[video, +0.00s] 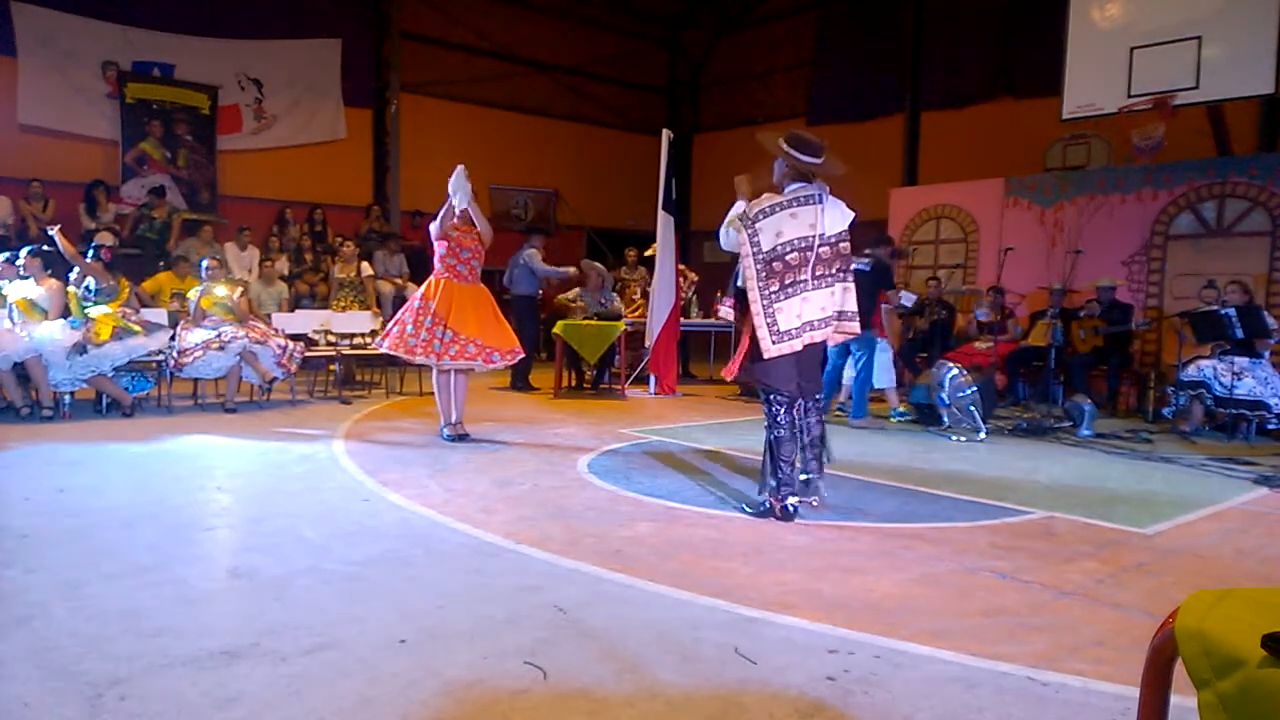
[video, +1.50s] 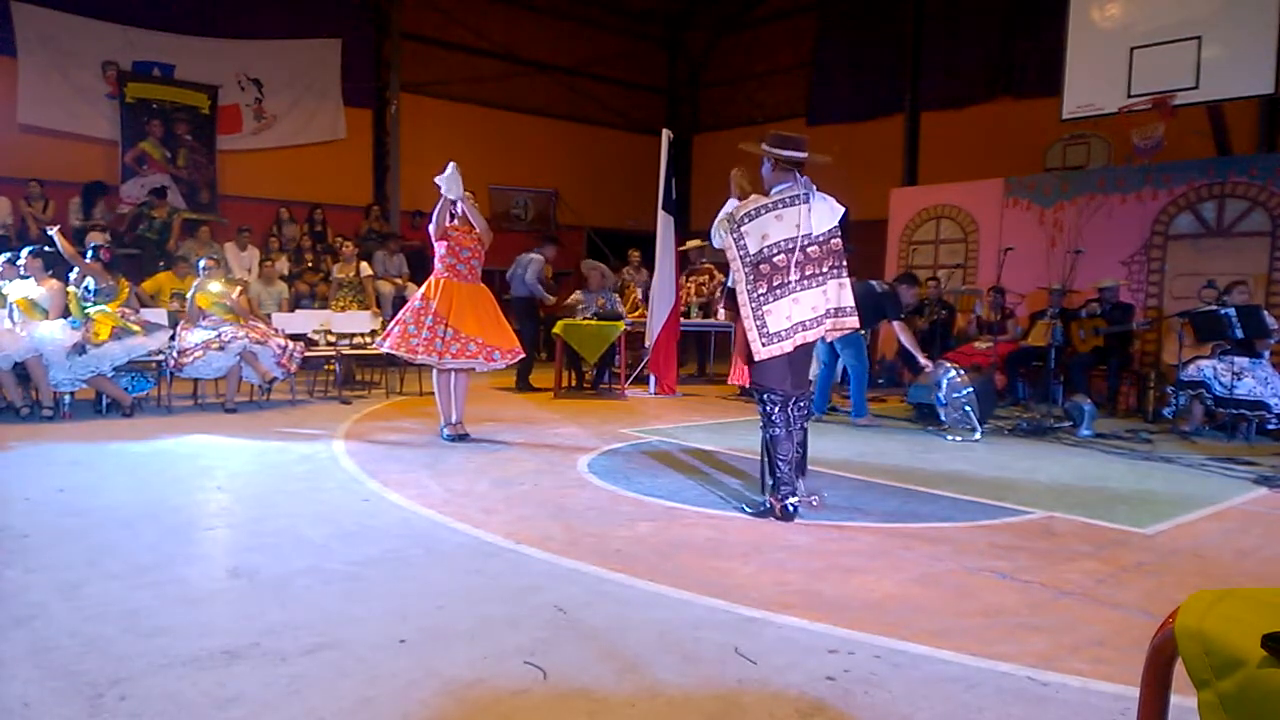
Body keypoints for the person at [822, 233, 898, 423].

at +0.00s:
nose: (889, 255)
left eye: (890, 251)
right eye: (888, 250)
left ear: (866, 245)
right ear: (883, 249)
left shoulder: (846, 260)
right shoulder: (880, 266)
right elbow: (892, 297)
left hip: (836, 324)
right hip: (862, 326)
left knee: (833, 366)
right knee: (863, 372)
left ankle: (821, 406)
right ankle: (859, 414)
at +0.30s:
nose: (875, 261)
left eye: (876, 257)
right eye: (873, 256)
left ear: (852, 253)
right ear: (864, 252)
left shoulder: (829, 266)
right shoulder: (863, 270)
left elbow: (821, 295)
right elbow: (868, 299)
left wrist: (821, 321)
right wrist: (870, 325)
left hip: (825, 322)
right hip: (851, 323)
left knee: (823, 367)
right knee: (855, 369)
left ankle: (818, 409)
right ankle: (858, 412)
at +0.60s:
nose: (874, 264)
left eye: (874, 259)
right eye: (872, 259)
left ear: (850, 254)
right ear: (862, 255)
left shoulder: (828, 267)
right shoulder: (857, 270)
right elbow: (862, 301)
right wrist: (873, 330)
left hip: (820, 324)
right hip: (844, 325)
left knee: (819, 367)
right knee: (851, 369)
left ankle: (818, 409)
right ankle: (856, 410)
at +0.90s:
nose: (899, 292)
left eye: (902, 288)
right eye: (898, 287)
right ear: (888, 280)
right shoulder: (875, 289)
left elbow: (872, 320)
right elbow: (888, 324)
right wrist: (908, 349)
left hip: (820, 324)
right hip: (843, 328)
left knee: (820, 366)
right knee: (853, 370)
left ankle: (817, 409)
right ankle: (858, 413)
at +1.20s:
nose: (910, 305)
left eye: (913, 301)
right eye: (911, 300)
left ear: (899, 287)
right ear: (902, 291)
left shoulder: (876, 287)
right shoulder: (888, 298)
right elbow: (899, 330)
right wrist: (919, 357)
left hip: (823, 319)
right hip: (843, 325)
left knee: (826, 366)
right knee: (857, 367)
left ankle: (817, 409)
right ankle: (860, 414)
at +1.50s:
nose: (913, 301)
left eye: (915, 296)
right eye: (913, 295)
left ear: (900, 285)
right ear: (903, 288)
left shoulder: (879, 286)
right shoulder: (891, 296)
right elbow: (900, 329)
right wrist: (920, 356)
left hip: (826, 318)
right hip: (846, 325)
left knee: (826, 367)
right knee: (858, 367)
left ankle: (818, 409)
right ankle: (860, 414)